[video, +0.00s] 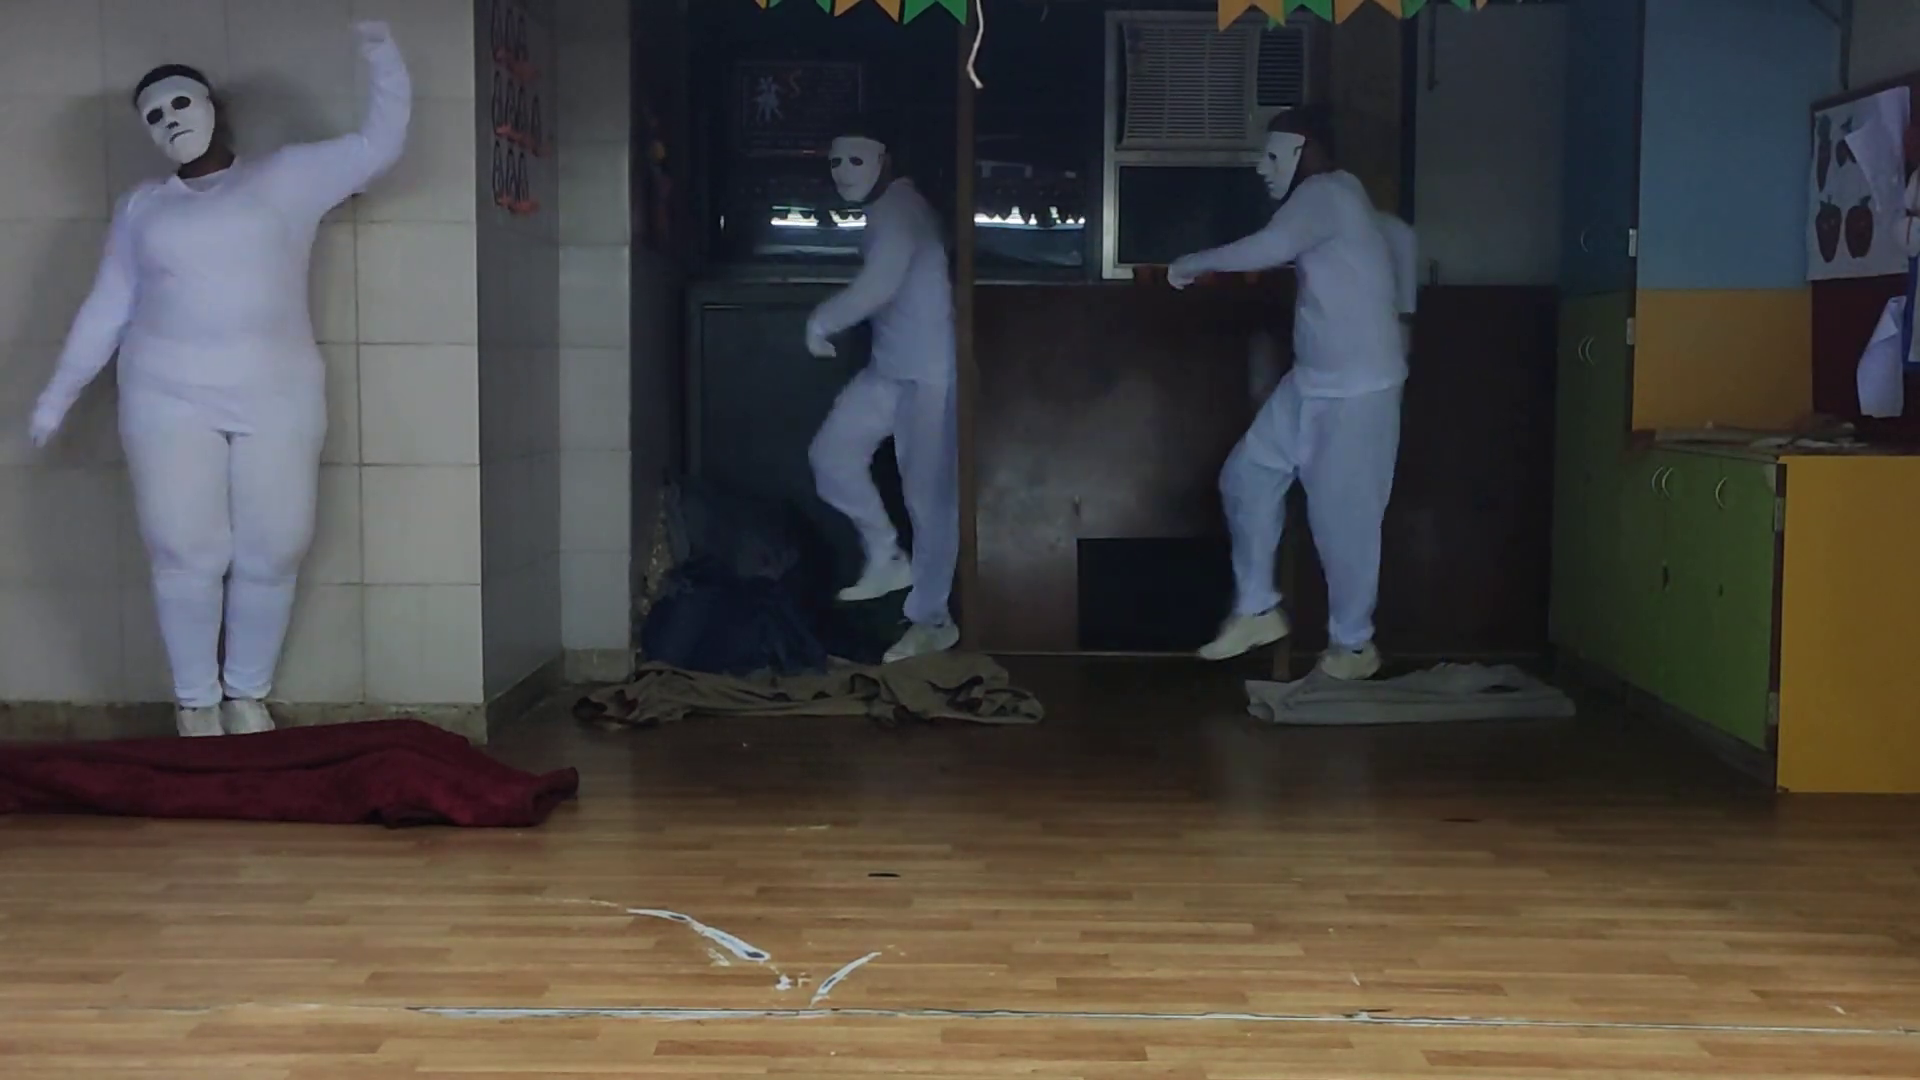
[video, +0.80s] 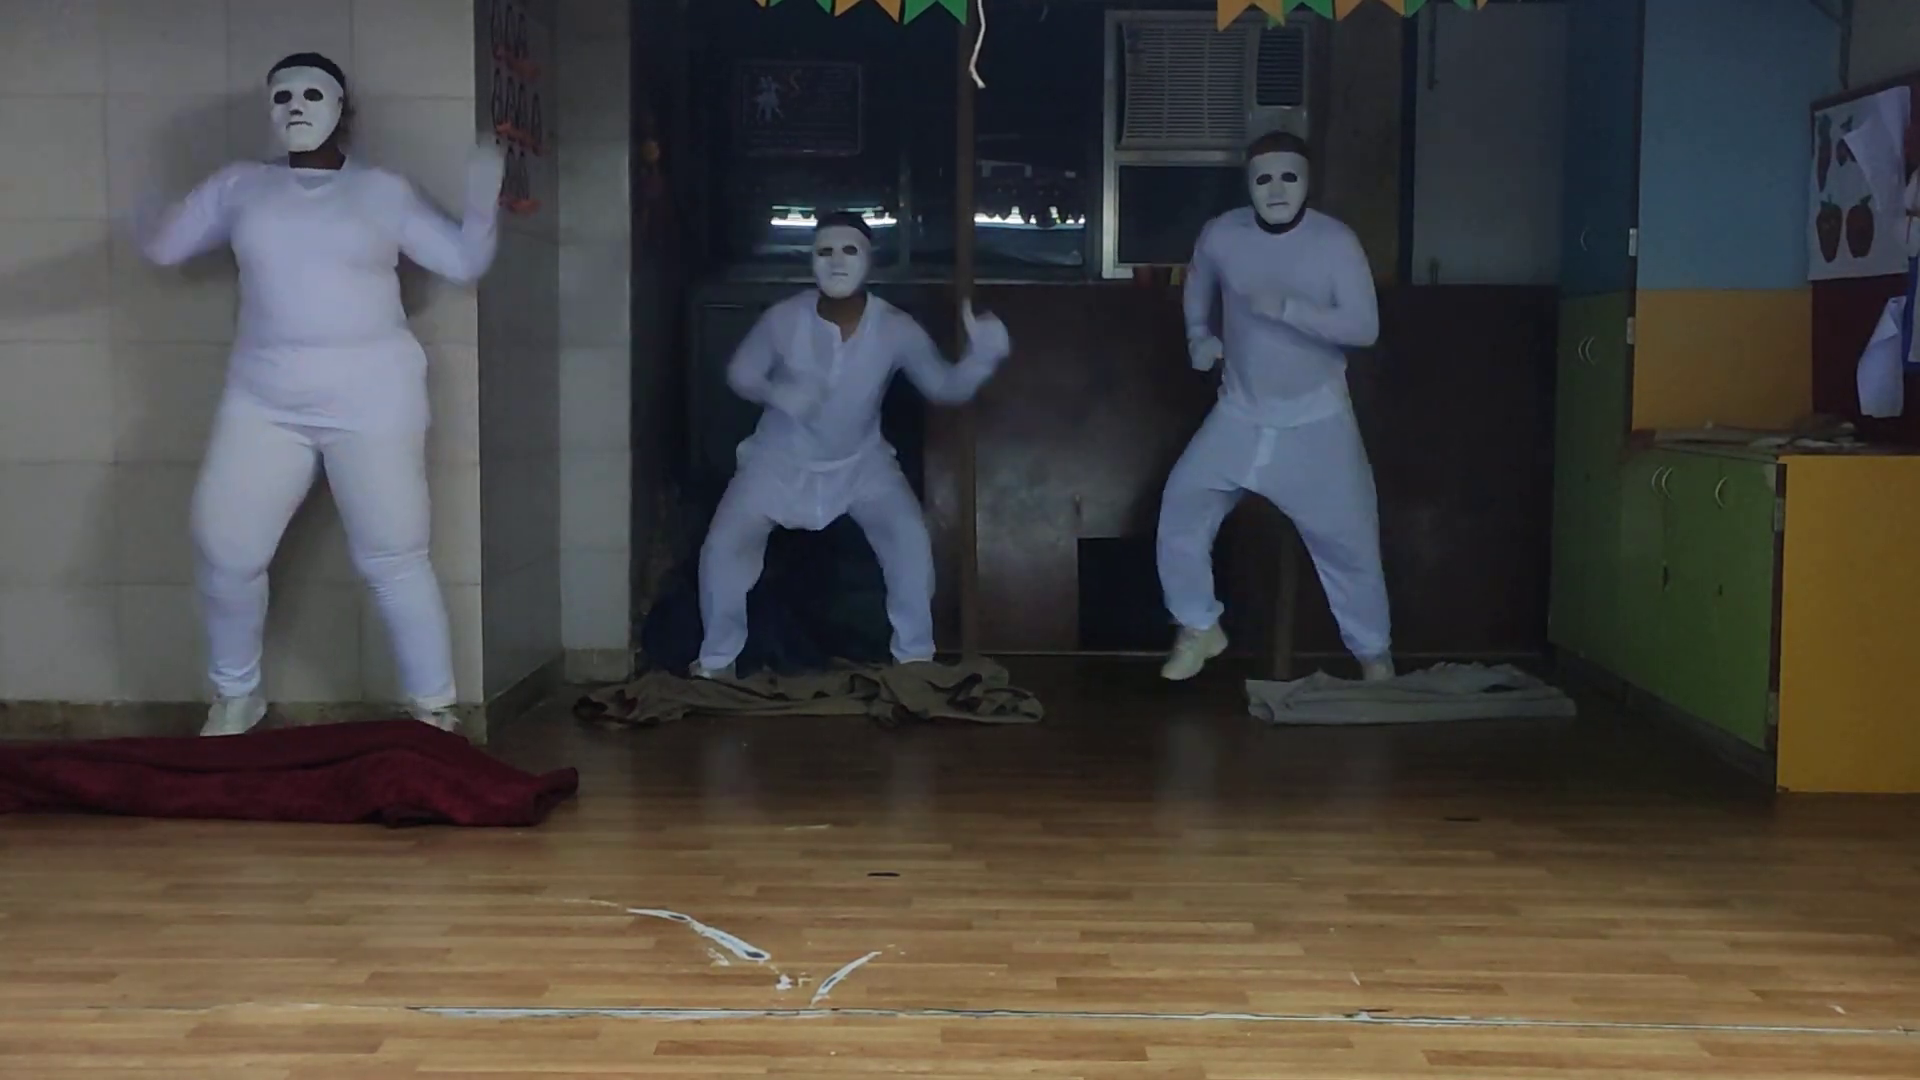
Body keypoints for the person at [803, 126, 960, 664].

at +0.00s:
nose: (845, 173)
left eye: (857, 162)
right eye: (837, 163)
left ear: (884, 164)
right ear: (831, 167)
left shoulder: (900, 213)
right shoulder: (885, 212)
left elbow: (879, 285)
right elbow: (897, 289)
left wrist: (820, 322)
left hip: (930, 380)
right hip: (886, 375)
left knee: (928, 499)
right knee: (834, 456)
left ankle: (934, 619)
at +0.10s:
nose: (837, 168)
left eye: (851, 157)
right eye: (830, 158)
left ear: (874, 166)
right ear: (821, 168)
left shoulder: (899, 231)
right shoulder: (852, 236)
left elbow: (897, 329)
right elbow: (860, 327)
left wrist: (841, 392)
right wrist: (825, 379)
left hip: (914, 386)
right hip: (860, 384)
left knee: (918, 504)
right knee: (810, 485)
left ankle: (919, 625)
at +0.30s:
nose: (823, 197)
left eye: (835, 188)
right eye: (813, 188)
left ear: (856, 197)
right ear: (800, 198)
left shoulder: (882, 254)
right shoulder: (782, 255)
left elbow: (922, 302)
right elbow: (708, 261)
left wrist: (925, 232)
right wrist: (699, 195)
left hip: (881, 426)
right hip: (809, 421)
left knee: (882, 542)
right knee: (776, 533)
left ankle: (893, 617)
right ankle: (780, 651)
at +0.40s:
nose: (829, 185)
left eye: (841, 176)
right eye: (818, 175)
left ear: (859, 187)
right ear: (804, 186)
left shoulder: (887, 234)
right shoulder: (784, 230)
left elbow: (952, 229)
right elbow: (710, 197)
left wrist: (978, 249)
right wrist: (648, 205)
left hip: (875, 406)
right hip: (800, 406)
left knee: (887, 507)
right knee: (773, 517)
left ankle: (875, 608)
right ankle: (778, 642)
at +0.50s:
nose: (809, 182)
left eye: (822, 171)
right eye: (798, 173)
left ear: (843, 177)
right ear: (786, 181)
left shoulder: (883, 235)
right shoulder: (776, 228)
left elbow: (949, 296)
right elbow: (699, 235)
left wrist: (971, 371)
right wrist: (733, 244)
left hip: (875, 399)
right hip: (794, 396)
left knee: (895, 502)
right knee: (762, 503)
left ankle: (889, 632)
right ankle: (756, 631)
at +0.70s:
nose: (867, 266)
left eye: (879, 257)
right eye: (855, 255)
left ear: (892, 267)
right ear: (836, 263)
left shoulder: (899, 338)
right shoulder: (795, 319)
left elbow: (878, 423)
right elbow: (715, 349)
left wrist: (856, 395)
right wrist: (701, 437)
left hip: (870, 460)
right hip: (790, 459)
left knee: (916, 543)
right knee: (734, 550)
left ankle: (916, 664)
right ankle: (714, 666)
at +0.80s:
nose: (837, 262)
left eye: (849, 252)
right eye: (825, 252)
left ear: (868, 261)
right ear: (812, 262)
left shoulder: (895, 329)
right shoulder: (784, 319)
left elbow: (945, 386)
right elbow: (741, 374)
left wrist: (982, 356)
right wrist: (780, 395)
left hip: (861, 462)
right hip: (781, 460)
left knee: (909, 541)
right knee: (724, 548)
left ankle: (914, 659)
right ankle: (718, 660)